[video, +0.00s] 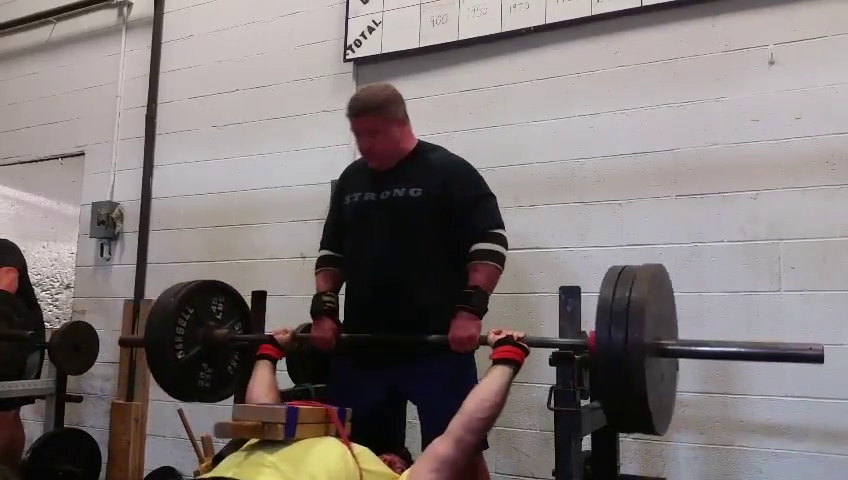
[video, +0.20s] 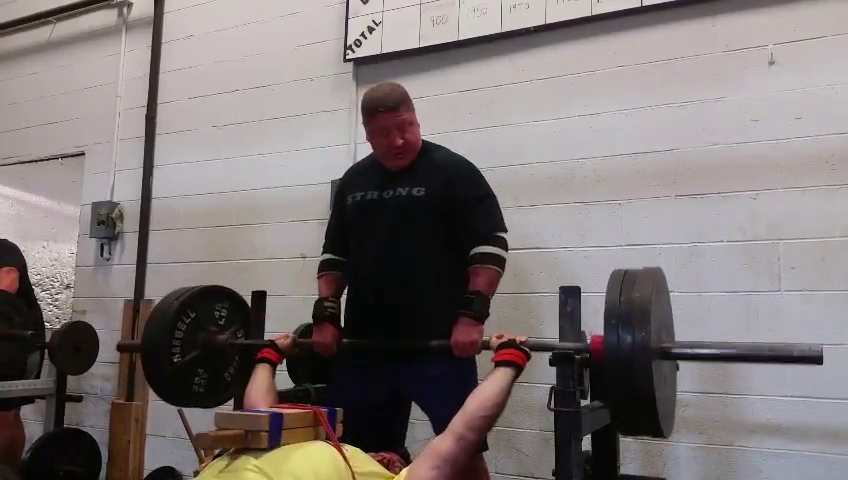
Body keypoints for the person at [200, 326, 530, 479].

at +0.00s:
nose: (393, 457)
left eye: (398, 462)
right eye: (394, 457)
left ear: (400, 472)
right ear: (389, 460)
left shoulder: (403, 476)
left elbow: (459, 438)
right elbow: (261, 410)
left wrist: (506, 360)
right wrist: (269, 352)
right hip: (230, 468)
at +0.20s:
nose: (391, 456)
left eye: (396, 462)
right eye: (391, 455)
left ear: (396, 471)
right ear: (382, 456)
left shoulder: (400, 478)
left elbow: (459, 437)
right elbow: (260, 411)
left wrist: (509, 362)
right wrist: (270, 352)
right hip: (230, 467)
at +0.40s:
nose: (393, 457)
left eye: (400, 463)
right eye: (391, 455)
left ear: (401, 475)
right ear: (374, 451)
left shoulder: (401, 477)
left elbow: (465, 443)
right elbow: (255, 412)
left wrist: (510, 366)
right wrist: (270, 355)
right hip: (223, 468)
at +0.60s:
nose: (387, 450)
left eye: (395, 458)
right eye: (383, 448)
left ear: (399, 472)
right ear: (367, 447)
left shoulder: (401, 478)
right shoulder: (312, 442)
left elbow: (466, 443)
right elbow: (253, 410)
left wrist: (511, 367)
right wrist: (270, 353)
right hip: (219, 469)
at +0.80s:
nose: (385, 445)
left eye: (393, 451)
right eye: (378, 442)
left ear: (403, 471)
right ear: (357, 445)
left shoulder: (405, 477)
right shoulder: (307, 445)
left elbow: (475, 449)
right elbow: (252, 412)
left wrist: (512, 366)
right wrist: (270, 354)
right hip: (235, 470)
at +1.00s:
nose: (383, 437)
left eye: (394, 442)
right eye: (375, 435)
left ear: (406, 470)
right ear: (356, 441)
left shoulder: (406, 476)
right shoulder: (303, 445)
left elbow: (483, 468)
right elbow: (239, 414)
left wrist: (503, 380)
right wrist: (272, 356)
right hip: (253, 471)